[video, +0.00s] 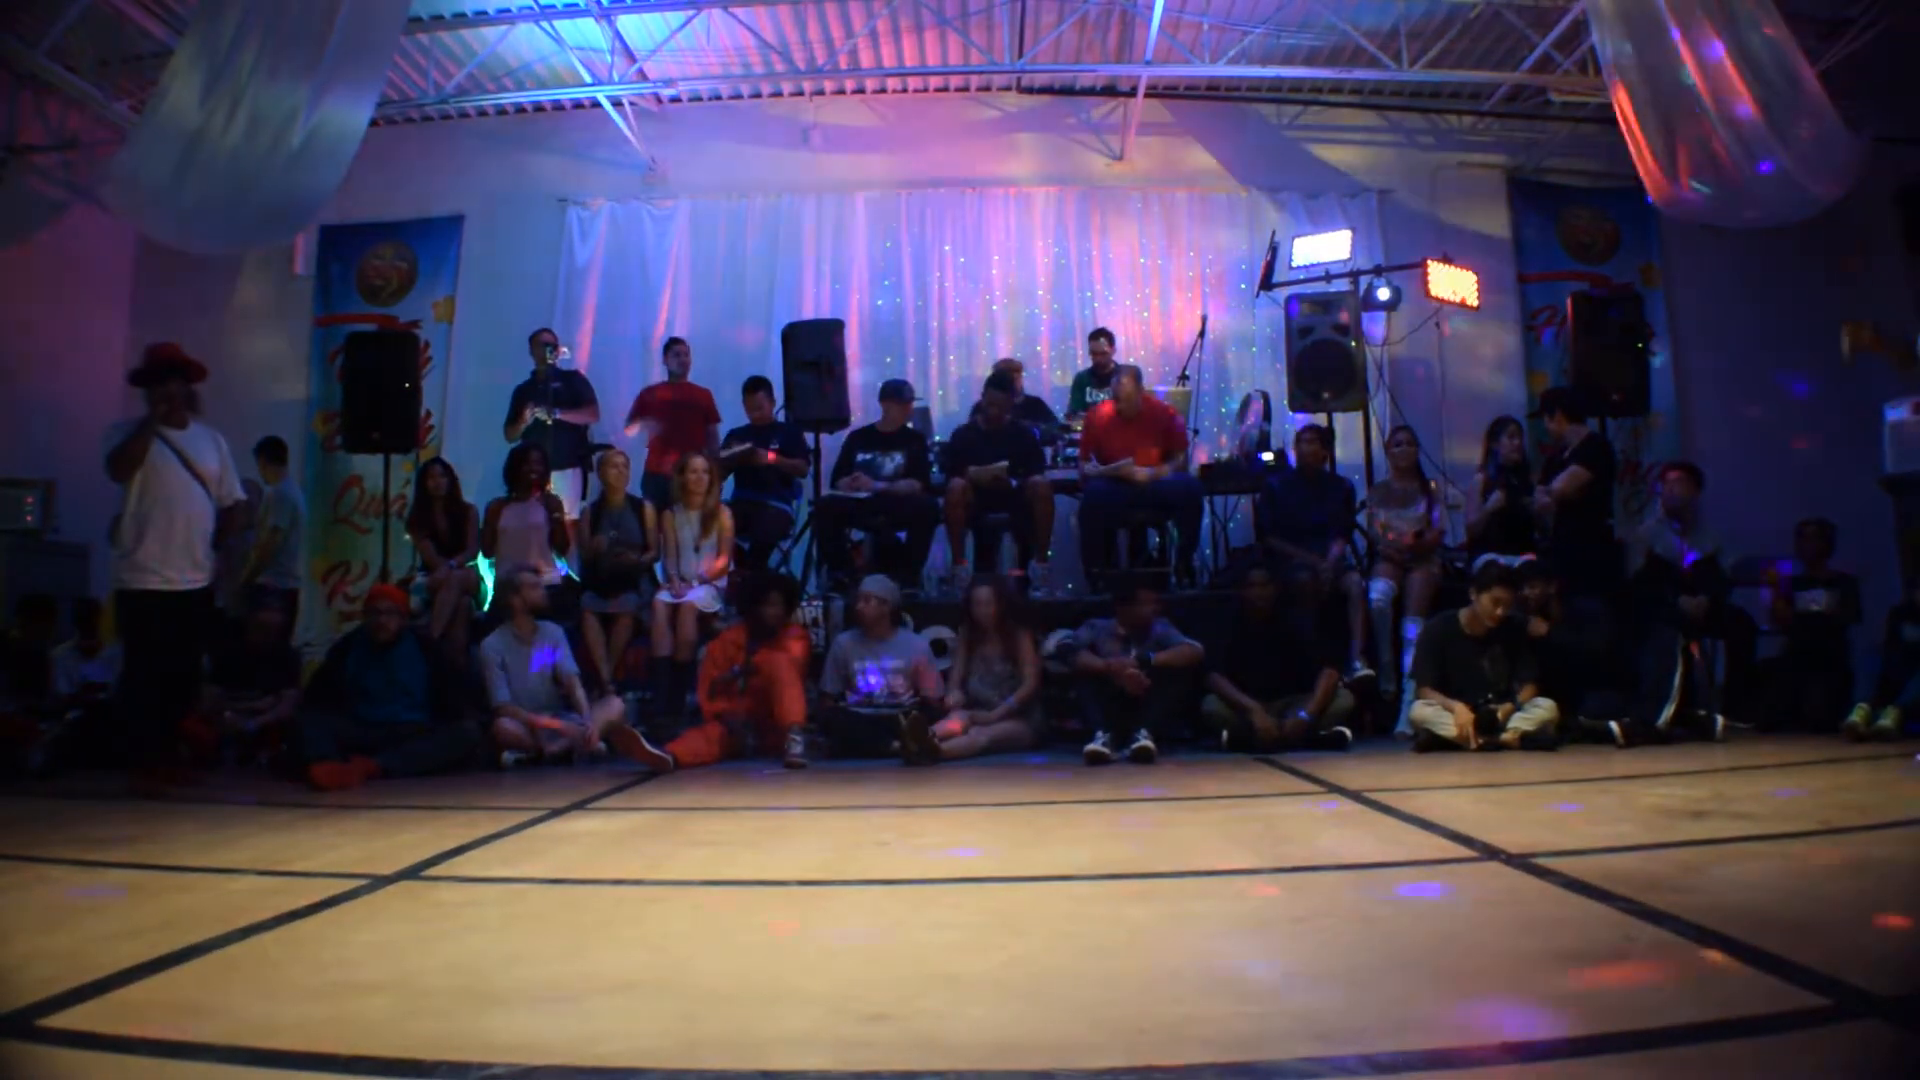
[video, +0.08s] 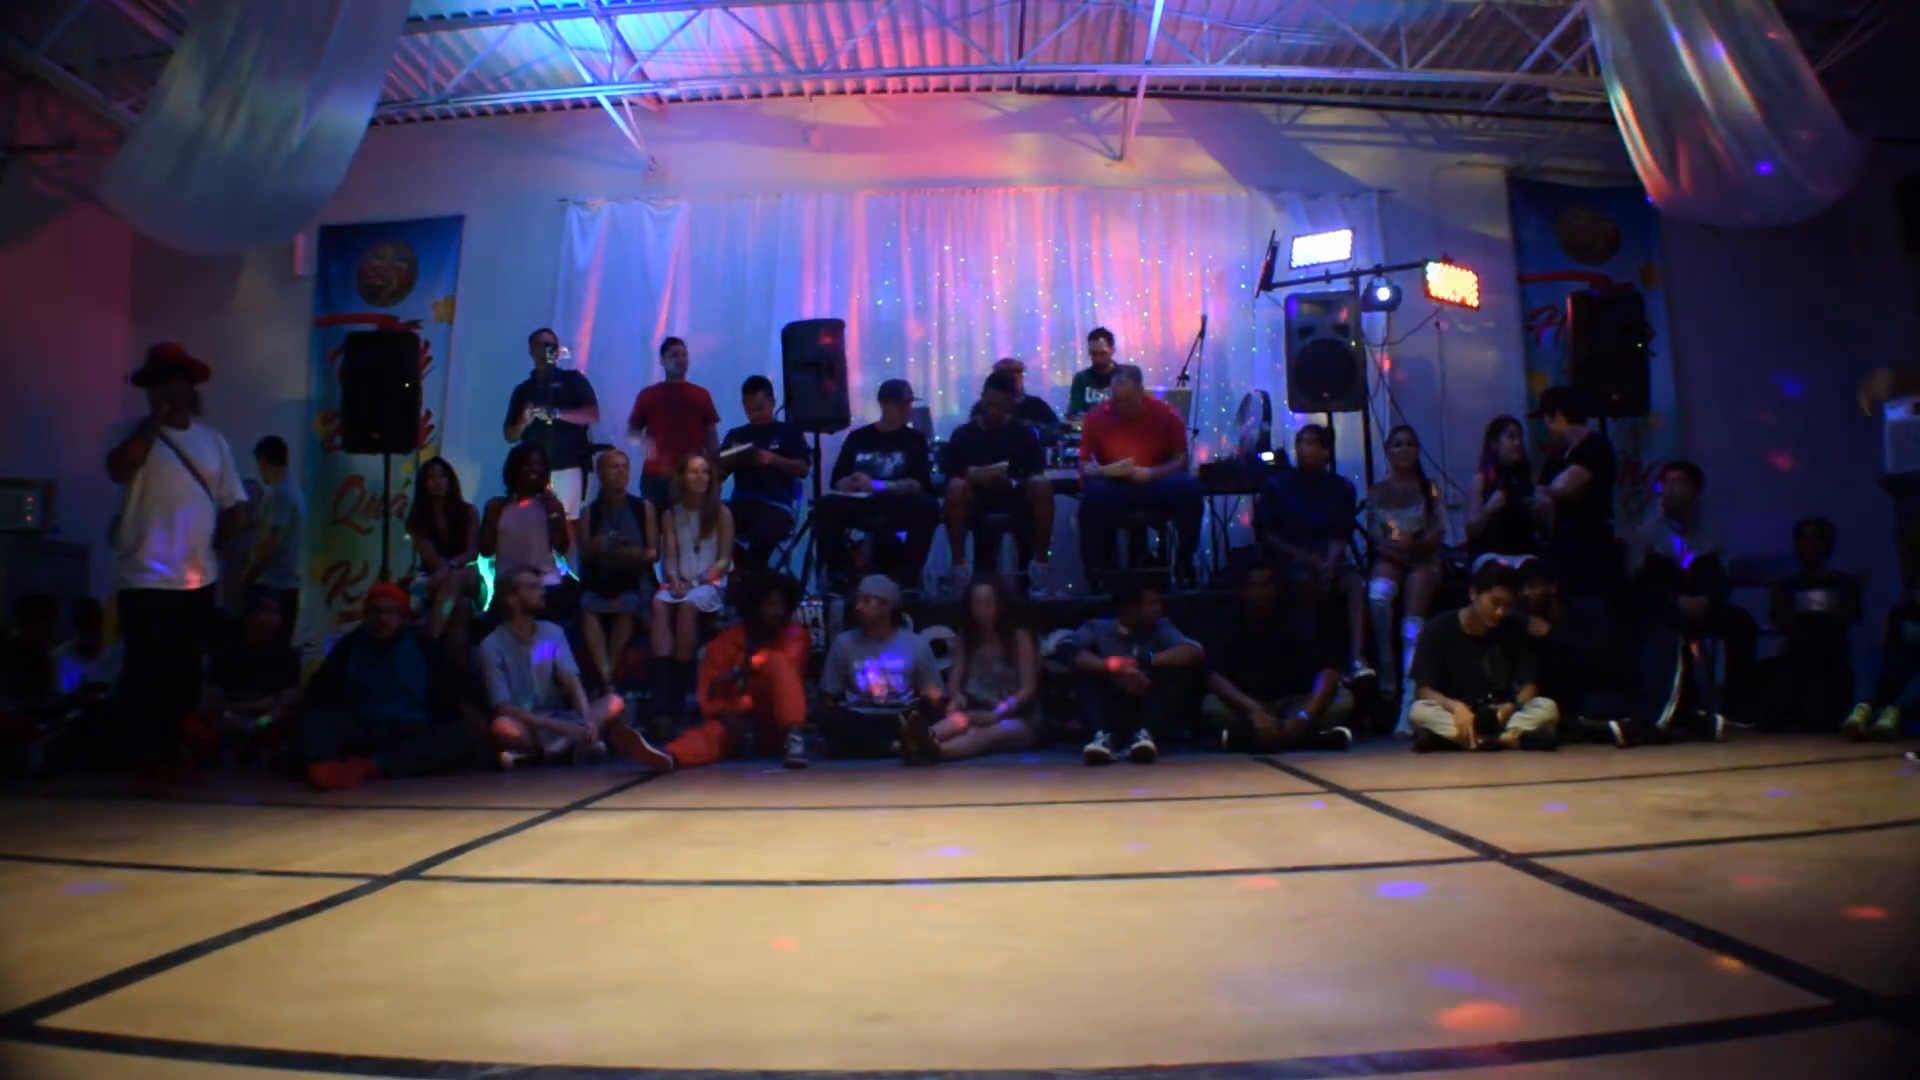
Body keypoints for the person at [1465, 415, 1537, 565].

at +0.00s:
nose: (1517, 443)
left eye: (1519, 438)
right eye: (1511, 438)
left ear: (1523, 441)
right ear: (1495, 444)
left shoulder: (1527, 477)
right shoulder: (1482, 480)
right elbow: (1472, 527)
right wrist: (1490, 507)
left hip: (1523, 550)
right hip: (1490, 550)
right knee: (1495, 569)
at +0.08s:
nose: (1517, 443)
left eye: (1519, 438)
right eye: (1511, 437)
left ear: (1523, 441)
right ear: (1494, 444)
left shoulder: (1527, 477)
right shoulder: (1481, 480)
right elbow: (1472, 526)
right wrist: (1490, 508)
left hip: (1523, 549)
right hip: (1490, 549)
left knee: (1534, 570)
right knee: (1496, 572)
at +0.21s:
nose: (1515, 443)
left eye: (1516, 438)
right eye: (1508, 438)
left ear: (1520, 440)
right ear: (1491, 445)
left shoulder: (1525, 477)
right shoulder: (1480, 480)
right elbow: (1470, 529)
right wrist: (1490, 506)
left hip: (1522, 550)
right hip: (1489, 551)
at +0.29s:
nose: (1514, 443)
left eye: (1515, 438)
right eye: (1506, 438)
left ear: (1519, 441)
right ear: (1490, 446)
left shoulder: (1524, 477)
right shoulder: (1479, 479)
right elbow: (1470, 528)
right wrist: (1488, 508)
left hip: (1521, 548)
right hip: (1489, 549)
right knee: (1491, 571)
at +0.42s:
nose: (1515, 443)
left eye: (1517, 437)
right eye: (1508, 437)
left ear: (1521, 440)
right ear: (1492, 444)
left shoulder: (1526, 476)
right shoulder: (1479, 479)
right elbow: (1470, 528)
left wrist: (1542, 507)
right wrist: (1491, 507)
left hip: (1524, 551)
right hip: (1491, 551)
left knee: (1530, 579)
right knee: (1494, 578)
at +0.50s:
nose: (1516, 443)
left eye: (1517, 437)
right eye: (1508, 437)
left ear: (1521, 441)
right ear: (1492, 444)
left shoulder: (1526, 477)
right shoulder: (1479, 480)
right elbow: (1471, 528)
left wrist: (1540, 507)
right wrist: (1492, 507)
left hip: (1523, 551)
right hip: (1490, 551)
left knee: (1535, 570)